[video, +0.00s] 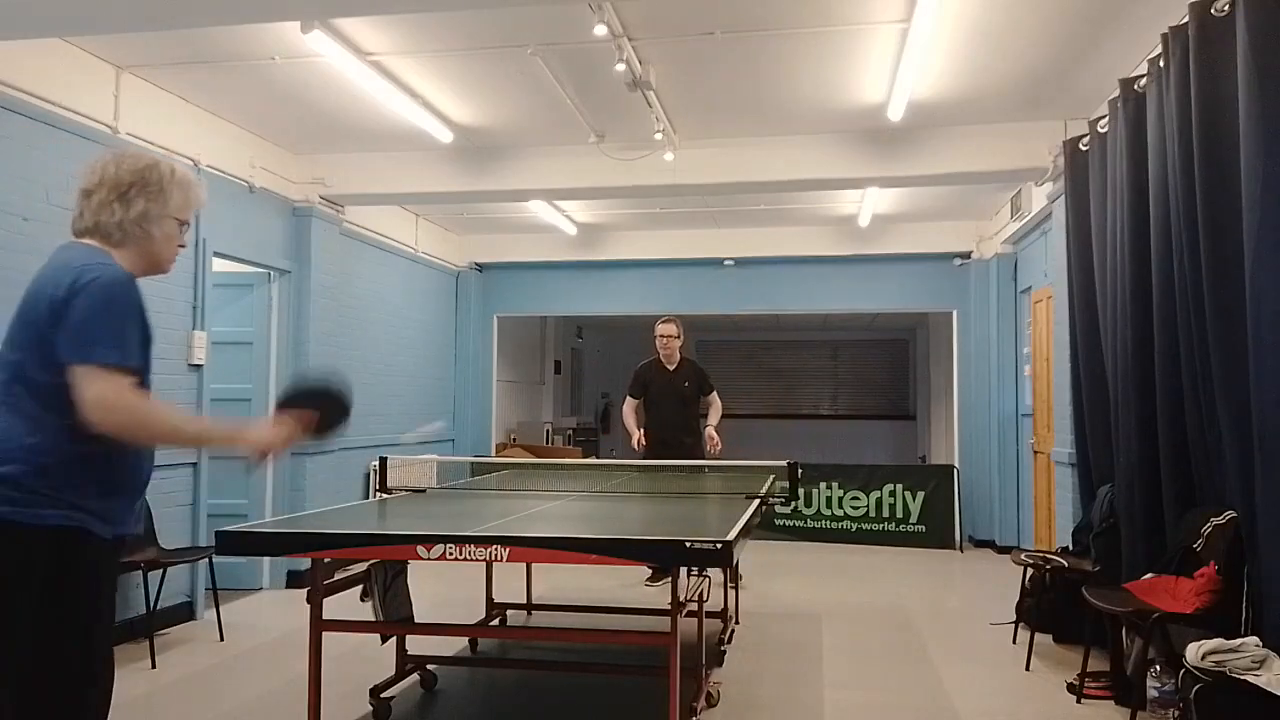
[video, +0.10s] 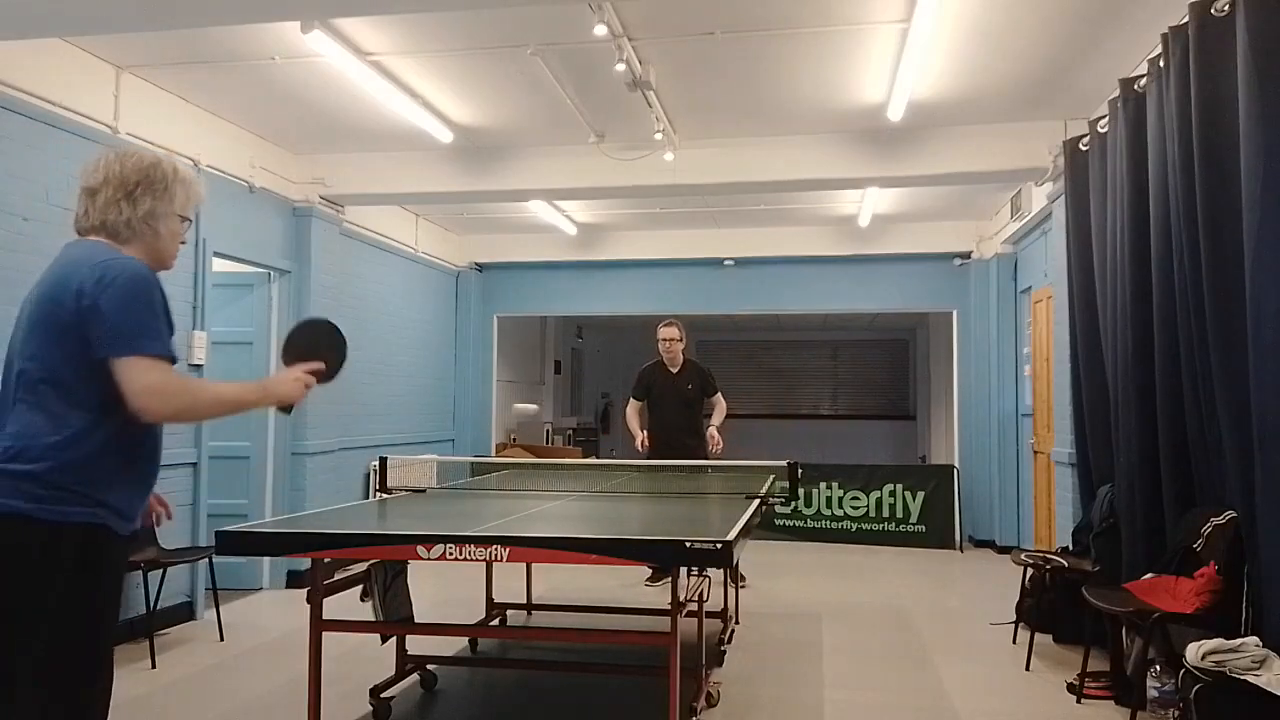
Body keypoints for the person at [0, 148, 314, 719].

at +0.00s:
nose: (185, 240)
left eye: (187, 226)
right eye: (179, 223)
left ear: (129, 215)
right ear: (138, 215)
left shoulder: (71, 271)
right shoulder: (102, 281)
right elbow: (105, 403)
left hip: (41, 529)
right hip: (58, 536)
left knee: (46, 691)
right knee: (65, 696)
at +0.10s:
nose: (186, 235)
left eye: (187, 222)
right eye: (181, 219)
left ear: (119, 209)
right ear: (145, 211)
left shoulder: (72, 268)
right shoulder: (120, 274)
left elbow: (53, 410)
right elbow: (152, 395)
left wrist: (123, 489)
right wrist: (269, 390)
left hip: (30, 522)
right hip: (64, 530)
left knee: (26, 693)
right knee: (68, 700)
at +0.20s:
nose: (181, 232)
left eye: (183, 219)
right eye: (178, 216)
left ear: (108, 207)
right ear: (143, 208)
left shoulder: (67, 268)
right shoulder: (131, 271)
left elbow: (57, 404)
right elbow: (163, 390)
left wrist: (130, 490)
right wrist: (268, 394)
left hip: (33, 517)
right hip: (76, 524)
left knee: (30, 682)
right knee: (73, 691)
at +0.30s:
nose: (176, 231)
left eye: (177, 216)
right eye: (173, 214)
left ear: (96, 206)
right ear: (139, 207)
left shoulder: (53, 273)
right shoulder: (135, 270)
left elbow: (34, 397)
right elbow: (160, 391)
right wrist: (262, 422)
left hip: (28, 520)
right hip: (84, 526)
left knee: (41, 694)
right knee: (88, 700)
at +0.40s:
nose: (171, 231)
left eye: (173, 216)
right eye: (169, 215)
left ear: (87, 206)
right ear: (137, 207)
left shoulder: (42, 275)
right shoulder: (133, 270)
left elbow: (27, 402)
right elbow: (152, 395)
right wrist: (245, 457)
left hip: (26, 523)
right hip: (87, 529)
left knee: (41, 696)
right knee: (101, 699)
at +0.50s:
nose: (166, 230)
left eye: (167, 216)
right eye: (164, 214)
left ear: (75, 206)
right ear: (134, 208)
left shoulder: (26, 279)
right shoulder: (132, 272)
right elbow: (147, 403)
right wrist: (234, 481)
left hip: (17, 533)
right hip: (87, 536)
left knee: (41, 703)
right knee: (105, 703)